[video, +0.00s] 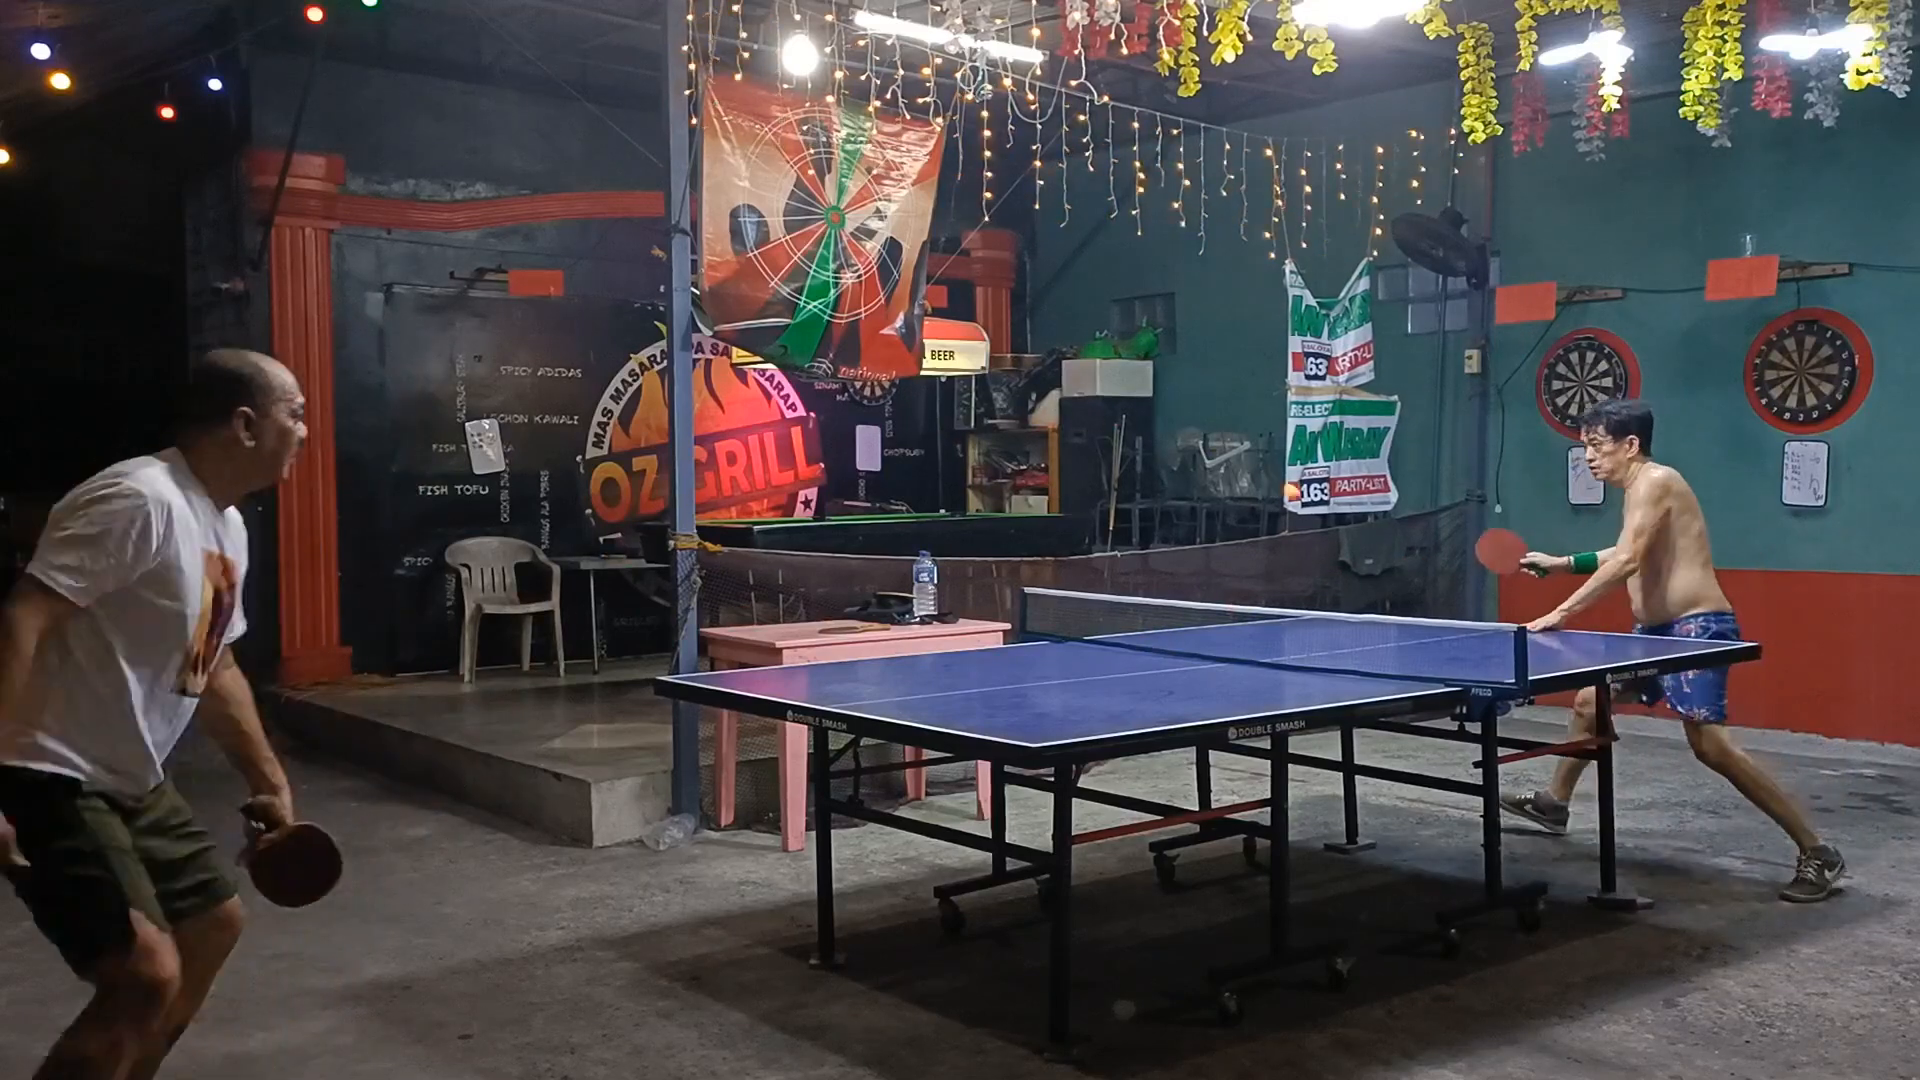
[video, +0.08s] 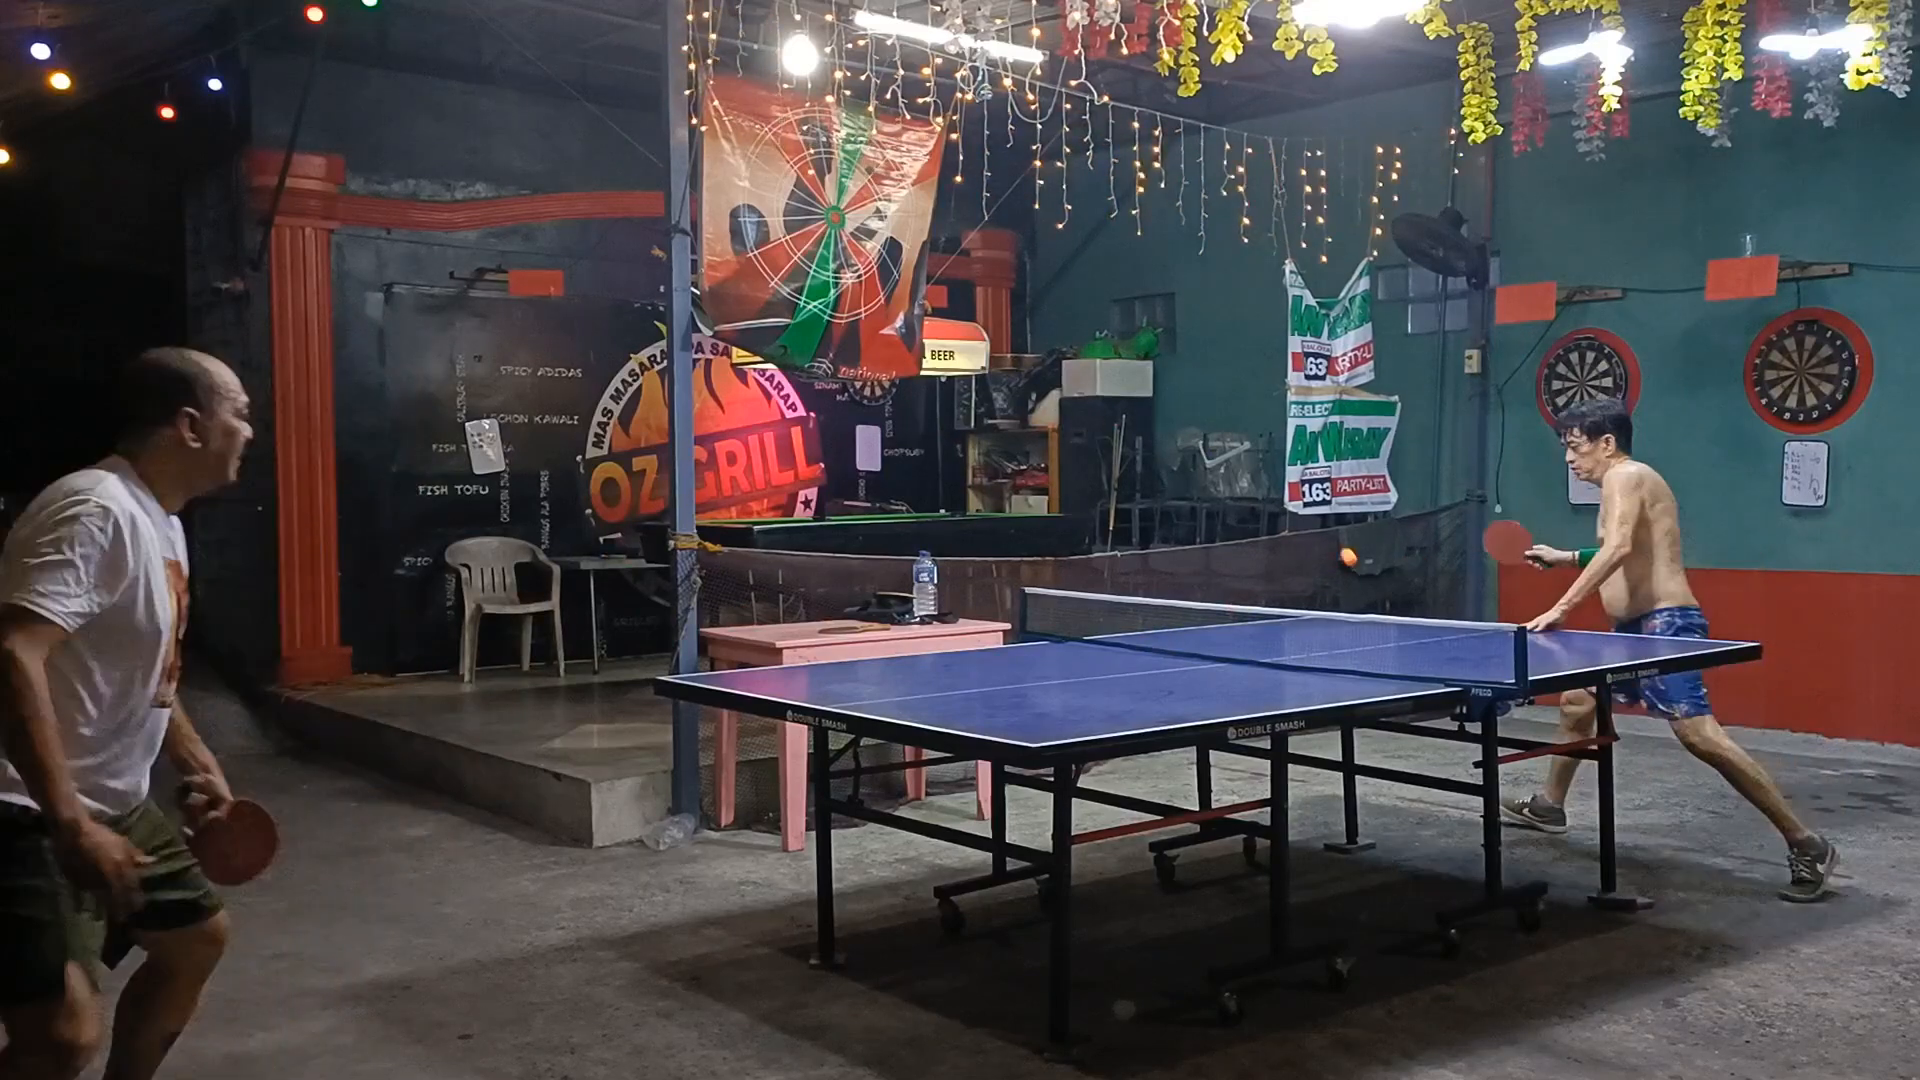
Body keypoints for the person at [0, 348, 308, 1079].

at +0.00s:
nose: (305, 431)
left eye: (303, 414)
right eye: (293, 413)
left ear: (243, 427)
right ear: (245, 425)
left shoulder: (229, 527)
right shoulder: (135, 500)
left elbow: (215, 666)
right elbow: (22, 619)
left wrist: (270, 781)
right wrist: (1, 787)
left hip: (132, 777)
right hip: (46, 775)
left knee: (213, 926)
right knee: (144, 974)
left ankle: (128, 1068)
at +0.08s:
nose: (250, 433)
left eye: (248, 416)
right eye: (241, 415)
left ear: (190, 429)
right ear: (189, 426)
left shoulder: (163, 521)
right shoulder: (93, 509)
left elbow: (141, 677)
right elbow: (18, 654)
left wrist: (196, 760)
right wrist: (75, 821)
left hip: (124, 806)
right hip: (36, 816)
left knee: (196, 942)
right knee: (65, 1036)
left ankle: (125, 1075)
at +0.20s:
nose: (185, 403)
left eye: (182, 386)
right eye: (175, 384)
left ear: (122, 397)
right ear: (121, 393)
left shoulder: (85, 493)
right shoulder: (43, 483)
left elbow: (65, 663)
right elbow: (8, 651)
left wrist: (142, 757)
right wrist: (129, 785)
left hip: (75, 814)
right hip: (12, 828)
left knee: (111, 957)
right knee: (2, 1028)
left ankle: (110, 1075)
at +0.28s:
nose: (131, 346)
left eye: (127, 327)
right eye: (119, 326)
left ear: (67, 342)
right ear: (68, 338)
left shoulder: (31, 442)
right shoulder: (9, 437)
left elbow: (24, 618)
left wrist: (90, 715)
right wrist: (107, 711)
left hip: (11, 776)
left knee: (30, 941)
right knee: (34, 939)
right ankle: (33, 1064)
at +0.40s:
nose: (92, 296)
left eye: (88, 277)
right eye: (80, 275)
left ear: (31, 292)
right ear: (27, 287)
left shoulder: (11, 412)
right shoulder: (3, 414)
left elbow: (8, 592)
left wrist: (28, 700)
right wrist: (37, 683)